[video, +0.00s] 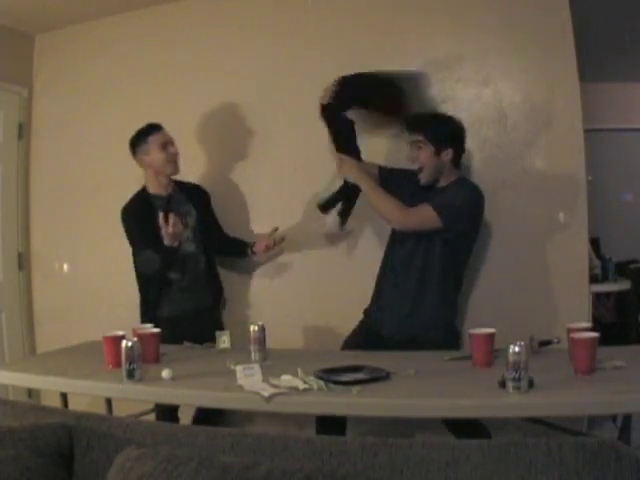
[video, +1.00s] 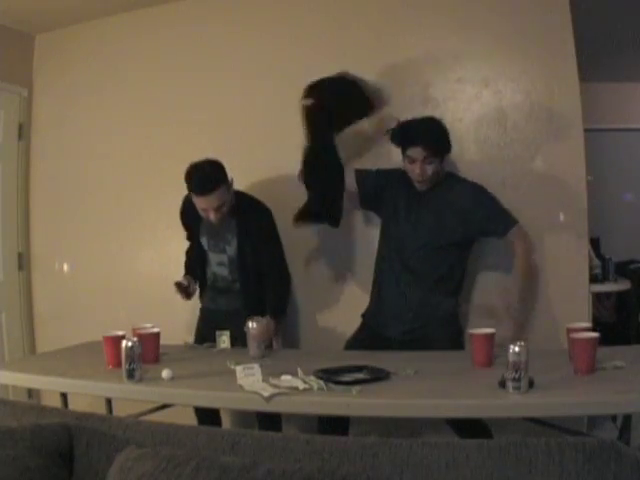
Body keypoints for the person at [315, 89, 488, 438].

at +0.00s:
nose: (413, 157)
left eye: (420, 148)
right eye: (413, 148)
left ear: (448, 154)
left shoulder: (466, 198)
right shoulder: (413, 184)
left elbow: (401, 218)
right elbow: (356, 167)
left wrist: (360, 180)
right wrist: (334, 115)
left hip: (429, 328)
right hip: (382, 320)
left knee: (456, 414)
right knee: (330, 387)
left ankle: (500, 469)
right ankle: (329, 476)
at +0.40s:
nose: (421, 183)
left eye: (429, 175)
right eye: (414, 174)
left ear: (445, 168)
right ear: (404, 167)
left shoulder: (461, 200)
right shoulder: (397, 185)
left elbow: (439, 264)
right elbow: (352, 176)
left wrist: (384, 222)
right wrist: (343, 125)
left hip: (431, 329)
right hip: (381, 321)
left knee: (455, 413)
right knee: (327, 389)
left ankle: (499, 469)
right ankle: (328, 472)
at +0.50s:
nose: (420, 180)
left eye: (428, 170)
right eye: (411, 170)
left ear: (440, 163)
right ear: (400, 163)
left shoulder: (460, 200)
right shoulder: (387, 185)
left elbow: (477, 267)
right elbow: (351, 191)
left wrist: (411, 257)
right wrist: (354, 137)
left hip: (433, 326)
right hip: (381, 321)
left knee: (454, 409)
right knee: (330, 385)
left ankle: (499, 467)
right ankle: (327, 469)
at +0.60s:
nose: (424, 179)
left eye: (432, 170)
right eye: (416, 170)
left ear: (441, 163)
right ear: (401, 163)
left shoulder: (461, 201)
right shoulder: (384, 187)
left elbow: (493, 260)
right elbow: (342, 194)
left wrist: (454, 287)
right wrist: (328, 143)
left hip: (437, 325)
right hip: (385, 318)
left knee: (455, 407)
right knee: (333, 388)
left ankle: (499, 469)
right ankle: (327, 474)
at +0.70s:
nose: (429, 181)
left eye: (437, 172)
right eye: (421, 172)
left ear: (446, 165)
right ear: (405, 164)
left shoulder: (464, 201)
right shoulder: (388, 184)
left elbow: (491, 257)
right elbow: (340, 186)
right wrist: (305, 146)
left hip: (437, 326)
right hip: (384, 321)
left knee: (458, 408)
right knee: (334, 385)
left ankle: (498, 468)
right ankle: (330, 469)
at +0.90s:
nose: (421, 170)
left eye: (430, 161)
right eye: (413, 161)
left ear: (443, 158)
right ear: (402, 157)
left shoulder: (464, 198)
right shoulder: (389, 185)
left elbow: (514, 251)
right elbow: (333, 179)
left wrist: (533, 321)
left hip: (435, 330)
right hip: (380, 324)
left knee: (459, 411)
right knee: (331, 391)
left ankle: (503, 474)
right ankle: (327, 474)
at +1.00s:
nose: (419, 170)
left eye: (428, 162)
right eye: (411, 161)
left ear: (444, 158)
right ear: (402, 157)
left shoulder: (468, 197)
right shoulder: (391, 186)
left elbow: (522, 243)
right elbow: (326, 179)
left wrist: (519, 314)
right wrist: (370, 133)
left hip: (436, 328)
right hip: (381, 322)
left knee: (458, 409)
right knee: (332, 391)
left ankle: (502, 474)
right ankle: (328, 476)